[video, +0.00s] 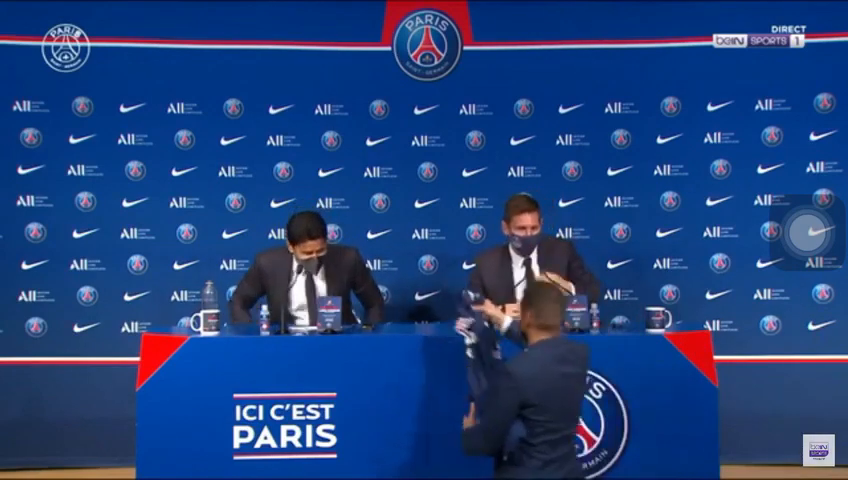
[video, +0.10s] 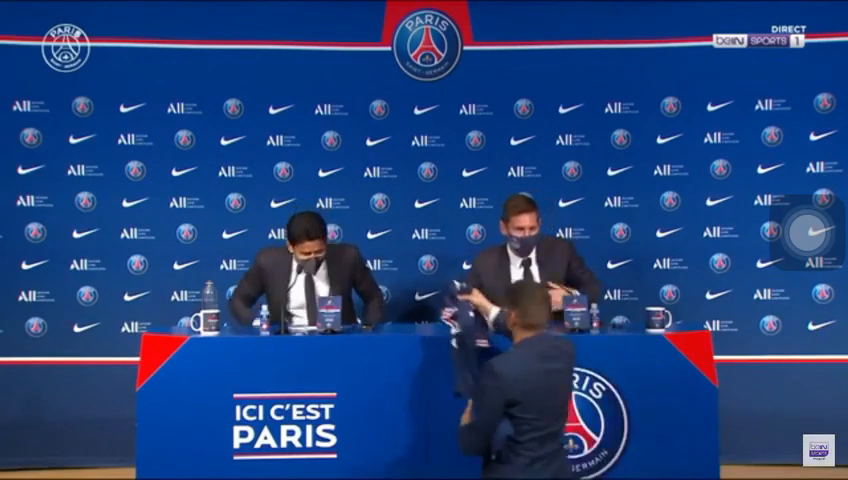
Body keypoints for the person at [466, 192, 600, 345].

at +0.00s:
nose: (528, 236)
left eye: (534, 229)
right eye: (521, 229)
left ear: (541, 225)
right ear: (506, 228)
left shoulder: (562, 250)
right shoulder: (487, 262)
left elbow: (593, 291)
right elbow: (474, 306)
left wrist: (569, 289)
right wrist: (501, 312)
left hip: (556, 340)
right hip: (505, 344)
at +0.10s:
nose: (527, 236)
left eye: (532, 229)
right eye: (520, 230)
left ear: (539, 226)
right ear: (503, 228)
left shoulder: (561, 251)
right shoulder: (487, 261)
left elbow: (594, 290)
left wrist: (571, 299)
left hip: (557, 341)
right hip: (504, 345)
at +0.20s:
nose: (525, 236)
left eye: (531, 229)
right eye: (518, 230)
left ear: (538, 225)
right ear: (503, 229)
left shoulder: (559, 250)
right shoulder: (486, 261)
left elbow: (592, 288)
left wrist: (569, 310)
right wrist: (474, 299)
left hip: (556, 344)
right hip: (508, 348)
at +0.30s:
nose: (525, 235)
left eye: (530, 228)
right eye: (518, 229)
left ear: (538, 223)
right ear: (503, 227)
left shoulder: (559, 250)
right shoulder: (485, 261)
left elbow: (591, 288)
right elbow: (478, 316)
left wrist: (572, 317)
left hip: (556, 342)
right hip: (506, 345)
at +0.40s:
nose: (528, 232)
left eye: (533, 225)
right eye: (521, 225)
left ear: (543, 221)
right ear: (506, 223)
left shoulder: (563, 250)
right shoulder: (490, 257)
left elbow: (592, 287)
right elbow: (467, 298)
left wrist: (579, 320)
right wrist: (490, 328)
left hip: (555, 341)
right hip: (507, 342)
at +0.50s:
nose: (529, 229)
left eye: (535, 223)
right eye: (522, 223)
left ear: (546, 219)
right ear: (510, 221)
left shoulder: (568, 249)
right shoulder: (492, 252)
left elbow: (595, 287)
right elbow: (468, 295)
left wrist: (579, 317)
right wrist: (491, 320)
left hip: (557, 342)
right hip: (510, 343)